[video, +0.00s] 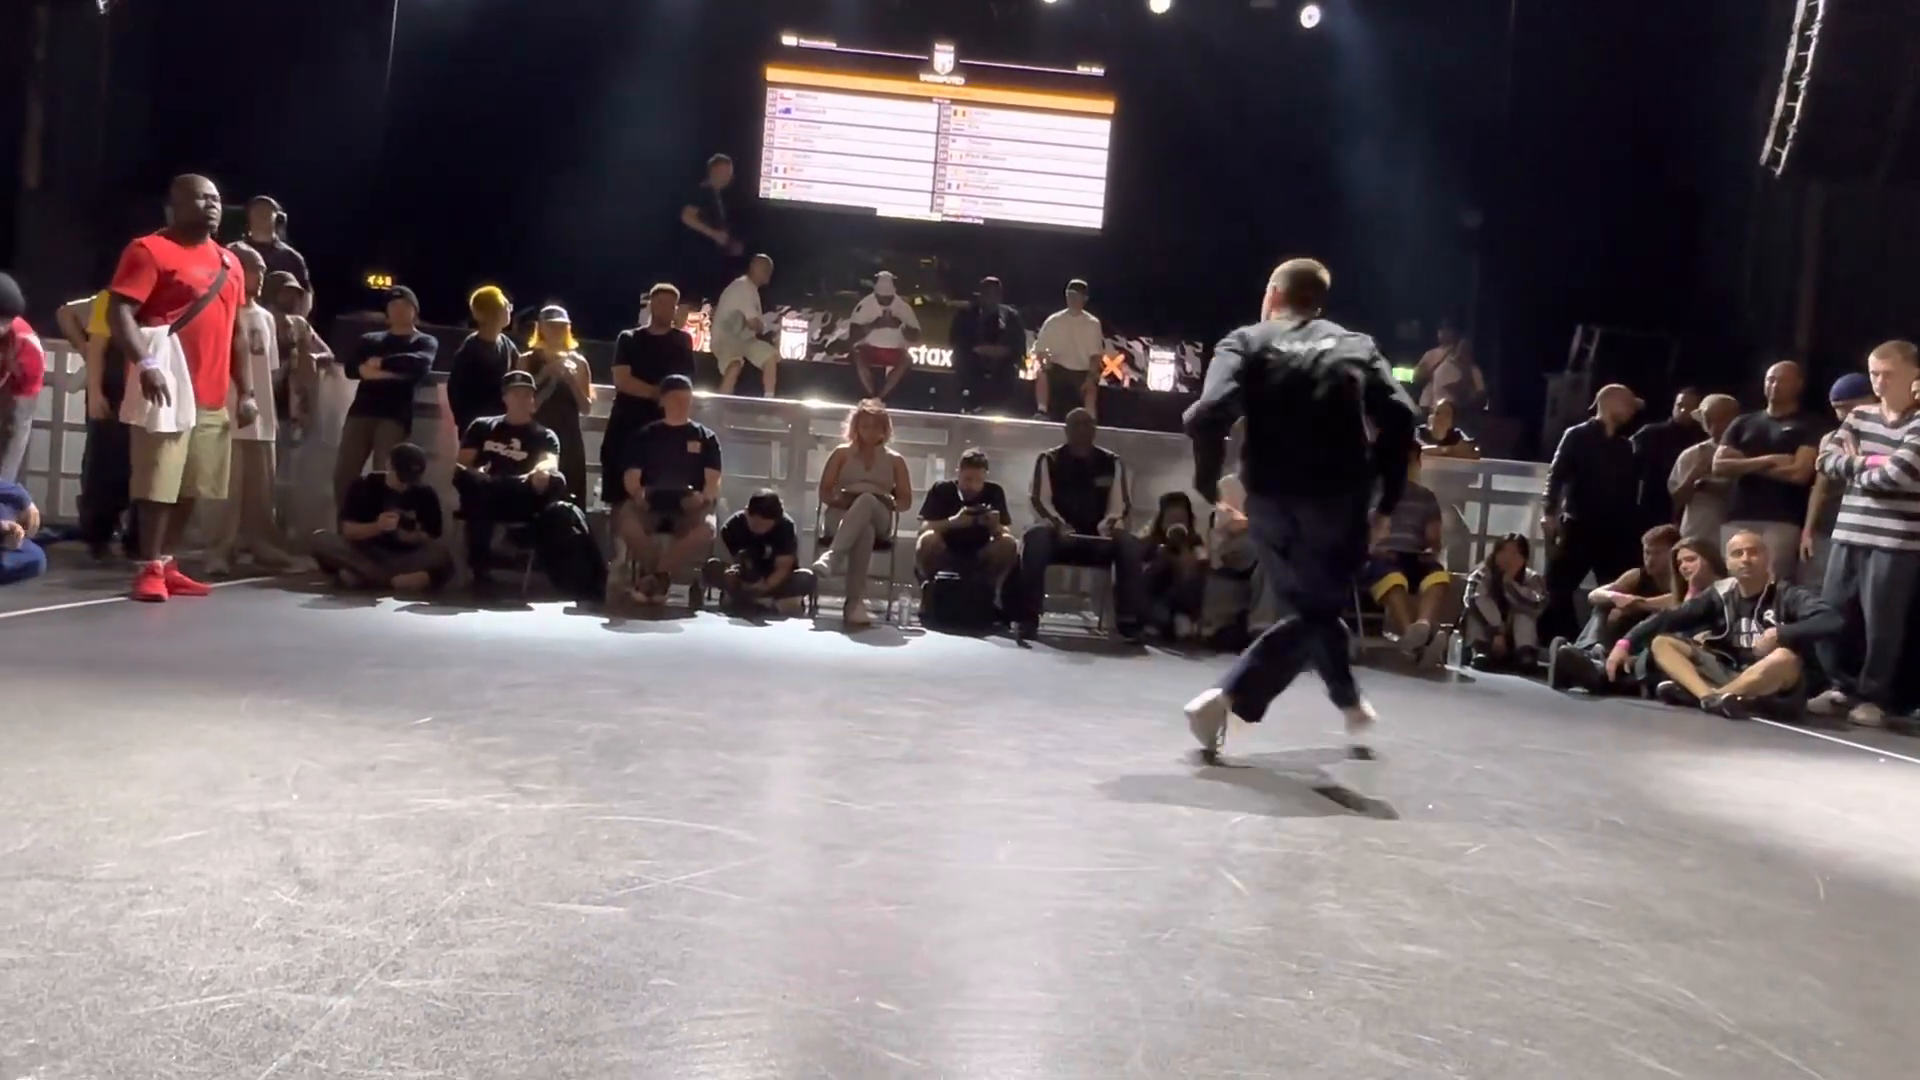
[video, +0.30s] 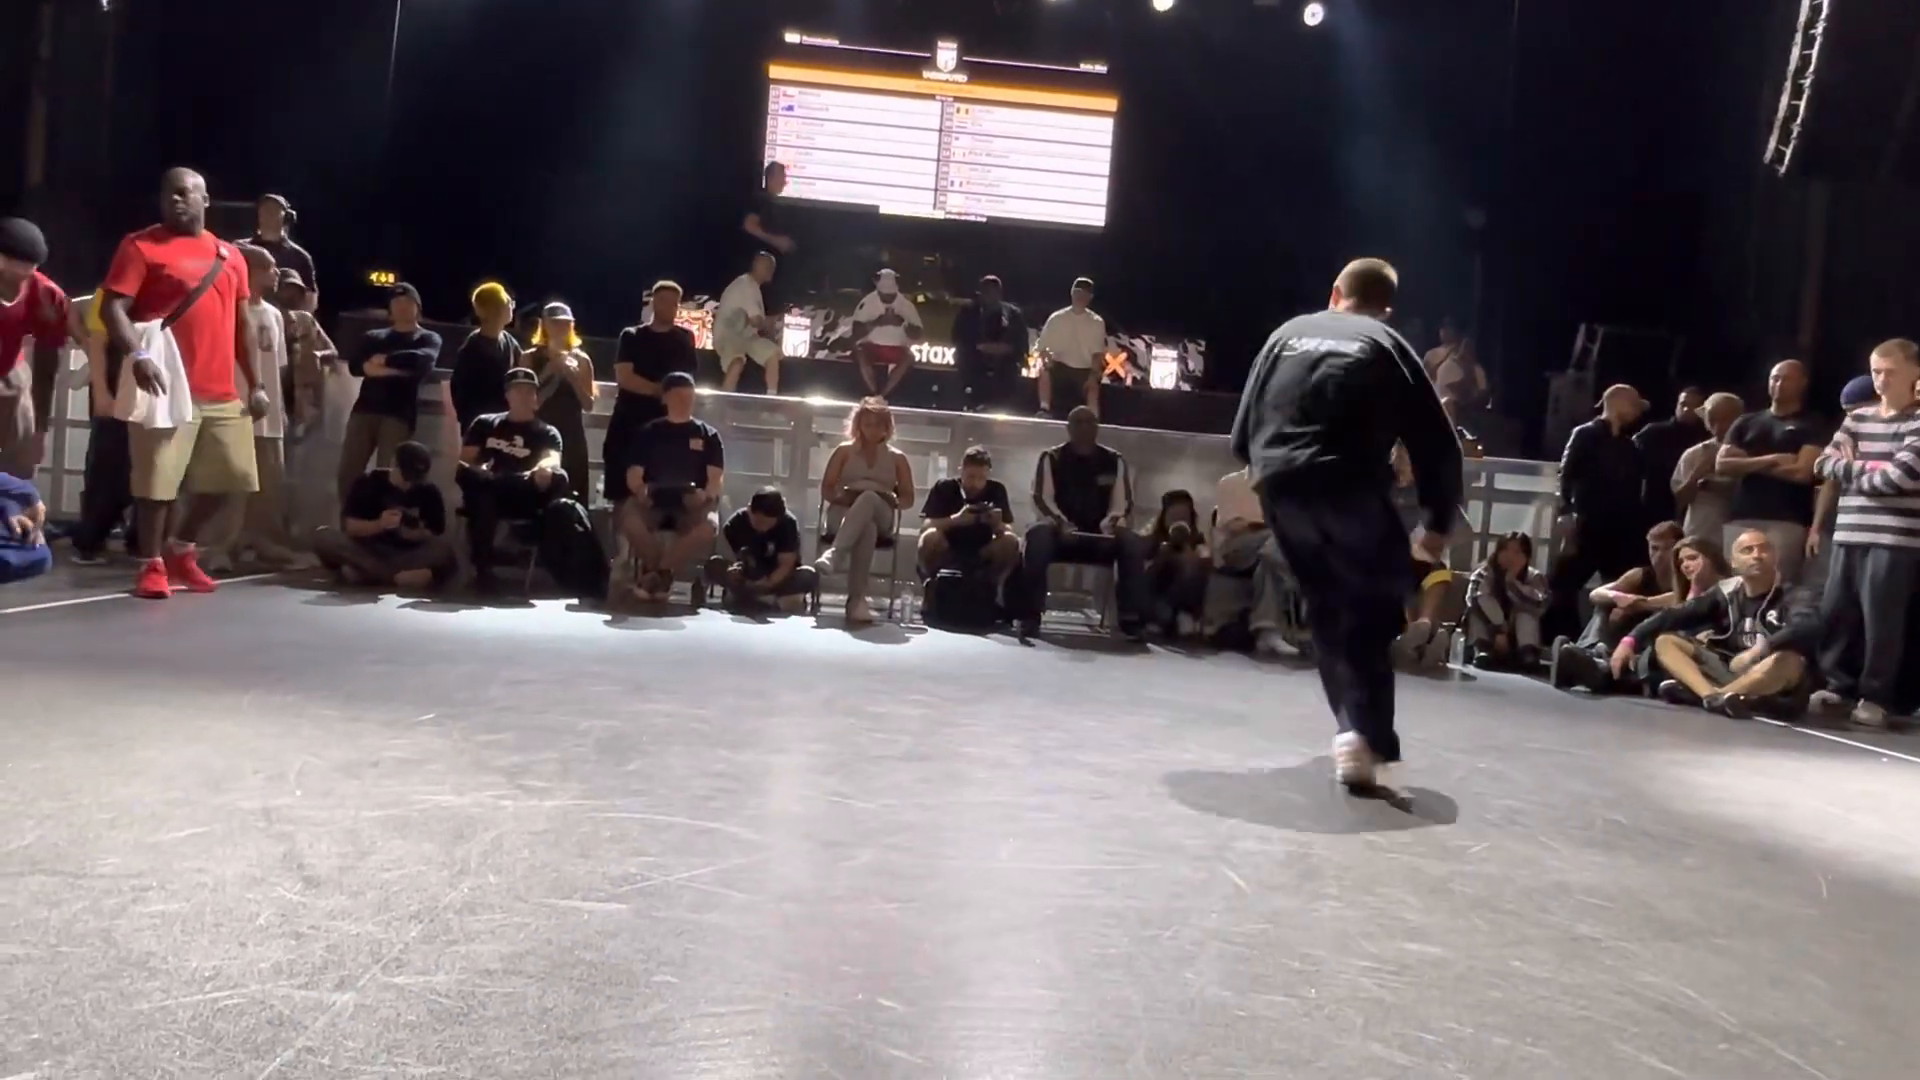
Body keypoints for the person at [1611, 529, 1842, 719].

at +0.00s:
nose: (1745, 559)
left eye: (1753, 552)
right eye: (1737, 554)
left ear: (1768, 558)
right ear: (1727, 562)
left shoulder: (1787, 594)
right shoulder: (1721, 594)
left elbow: (1832, 621)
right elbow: (1673, 618)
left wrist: (1780, 633)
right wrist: (1626, 643)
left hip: (1780, 686)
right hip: (1730, 678)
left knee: (1783, 657)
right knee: (1662, 644)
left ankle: (1711, 698)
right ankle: (1710, 698)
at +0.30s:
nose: (1757, 556)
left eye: (1764, 549)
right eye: (1747, 551)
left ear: (1774, 557)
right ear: (1735, 562)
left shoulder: (1794, 596)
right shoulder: (1724, 593)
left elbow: (1806, 628)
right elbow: (1677, 615)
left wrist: (1760, 649)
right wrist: (1631, 640)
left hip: (1778, 685)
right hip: (1731, 675)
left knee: (1788, 659)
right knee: (1664, 642)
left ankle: (1718, 696)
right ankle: (1713, 697)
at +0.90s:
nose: (1762, 559)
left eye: (1765, 552)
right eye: (1752, 554)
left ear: (1771, 553)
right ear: (1732, 562)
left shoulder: (1793, 590)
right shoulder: (1721, 591)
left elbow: (1795, 628)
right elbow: (1671, 614)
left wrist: (1754, 656)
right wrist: (1658, 633)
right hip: (1729, 667)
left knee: (1793, 661)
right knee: (1663, 643)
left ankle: (1718, 694)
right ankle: (1714, 694)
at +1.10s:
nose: (1758, 558)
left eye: (1762, 550)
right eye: (1748, 552)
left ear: (1770, 554)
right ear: (1732, 561)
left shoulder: (1792, 593)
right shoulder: (1722, 591)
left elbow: (1768, 633)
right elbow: (1669, 616)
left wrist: (1717, 655)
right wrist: (1685, 638)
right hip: (1728, 674)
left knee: (1789, 659)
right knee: (1658, 637)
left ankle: (1717, 694)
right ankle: (1713, 694)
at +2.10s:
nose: (1760, 558)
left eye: (1767, 551)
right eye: (1752, 552)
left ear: (1776, 557)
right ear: (1738, 560)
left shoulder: (1795, 592)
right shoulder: (1728, 590)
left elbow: (1794, 629)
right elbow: (1680, 610)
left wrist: (1742, 649)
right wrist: (1667, 624)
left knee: (1788, 659)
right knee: (1661, 637)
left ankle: (1712, 697)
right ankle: (1711, 694)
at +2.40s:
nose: (1762, 560)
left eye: (1770, 554)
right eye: (1754, 554)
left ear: (1781, 561)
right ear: (1740, 562)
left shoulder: (1796, 599)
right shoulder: (1727, 593)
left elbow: (1796, 634)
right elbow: (1685, 611)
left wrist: (1767, 664)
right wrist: (1639, 630)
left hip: (1774, 679)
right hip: (1730, 672)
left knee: (1792, 667)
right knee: (1667, 644)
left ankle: (1714, 698)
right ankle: (1712, 696)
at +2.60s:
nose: (1759, 562)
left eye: (1767, 556)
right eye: (1751, 555)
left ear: (1778, 564)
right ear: (1738, 564)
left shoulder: (1792, 602)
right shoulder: (1724, 593)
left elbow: (1802, 644)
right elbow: (1686, 619)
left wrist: (1764, 677)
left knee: (1795, 674)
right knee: (1674, 650)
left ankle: (1727, 697)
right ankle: (1712, 698)